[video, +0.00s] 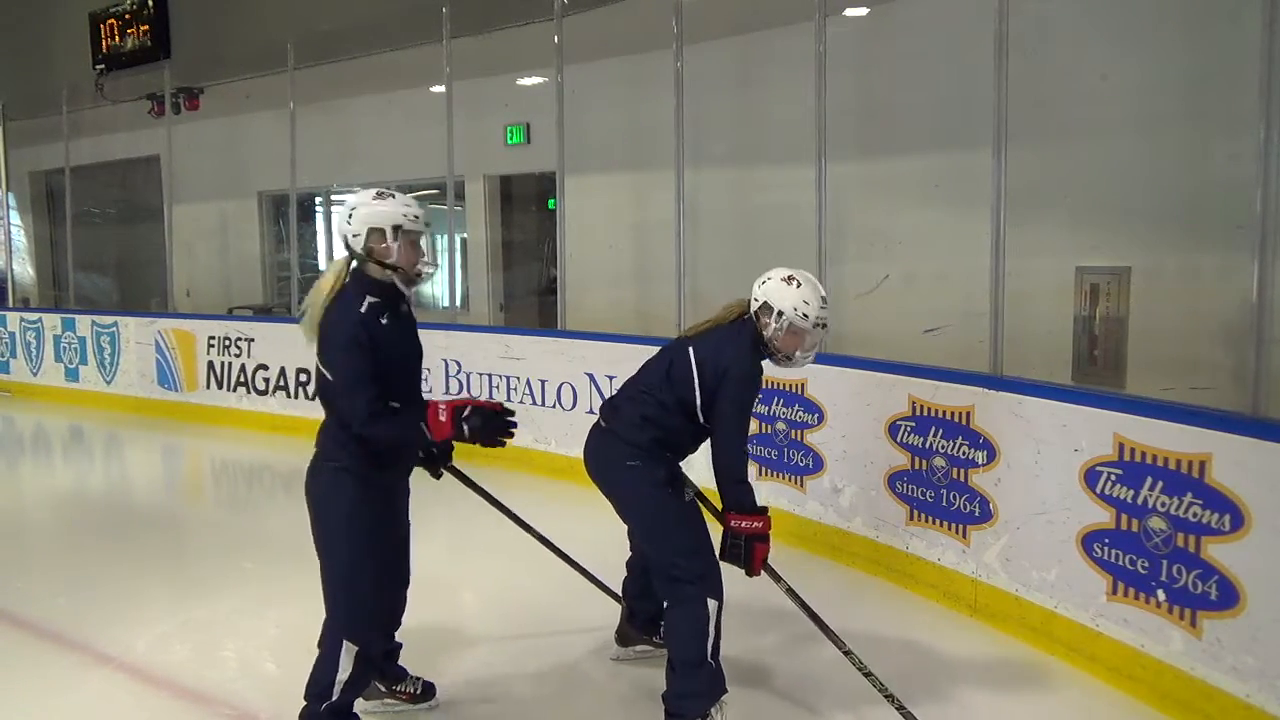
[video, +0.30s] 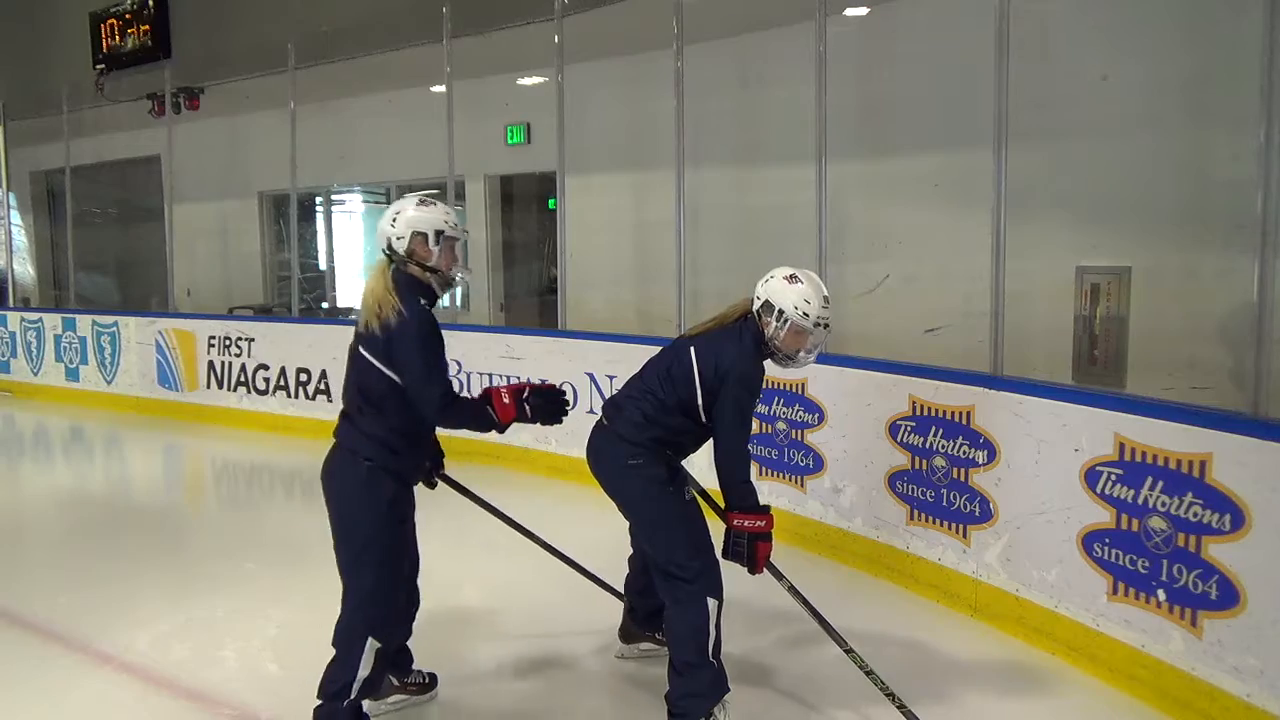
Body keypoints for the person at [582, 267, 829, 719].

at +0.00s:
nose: (796, 345)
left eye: (805, 336)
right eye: (791, 332)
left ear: (815, 332)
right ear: (765, 317)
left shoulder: (728, 332)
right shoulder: (741, 360)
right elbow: (728, 447)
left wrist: (669, 470)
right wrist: (744, 516)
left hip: (612, 445)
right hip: (635, 457)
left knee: (656, 537)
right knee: (696, 579)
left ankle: (639, 626)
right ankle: (692, 707)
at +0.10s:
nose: (800, 344)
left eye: (807, 334)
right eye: (794, 331)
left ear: (814, 330)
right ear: (767, 318)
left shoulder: (730, 334)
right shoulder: (741, 363)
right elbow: (730, 449)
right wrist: (746, 517)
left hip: (616, 443)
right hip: (634, 454)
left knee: (659, 539)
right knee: (695, 578)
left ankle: (639, 627)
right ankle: (693, 707)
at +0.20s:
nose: (800, 344)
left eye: (807, 334)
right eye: (794, 330)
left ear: (815, 330)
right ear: (767, 318)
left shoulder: (731, 334)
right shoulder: (741, 364)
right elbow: (730, 449)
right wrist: (747, 517)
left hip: (618, 442)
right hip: (633, 454)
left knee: (660, 536)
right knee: (695, 577)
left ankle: (642, 622)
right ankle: (694, 707)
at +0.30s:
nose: (801, 344)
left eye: (808, 335)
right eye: (795, 331)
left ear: (815, 331)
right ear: (768, 317)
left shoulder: (732, 335)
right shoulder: (741, 362)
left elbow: (731, 438)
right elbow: (731, 448)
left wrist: (743, 503)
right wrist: (747, 516)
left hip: (619, 441)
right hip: (634, 453)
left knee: (660, 536)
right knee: (695, 578)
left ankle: (643, 623)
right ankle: (695, 707)